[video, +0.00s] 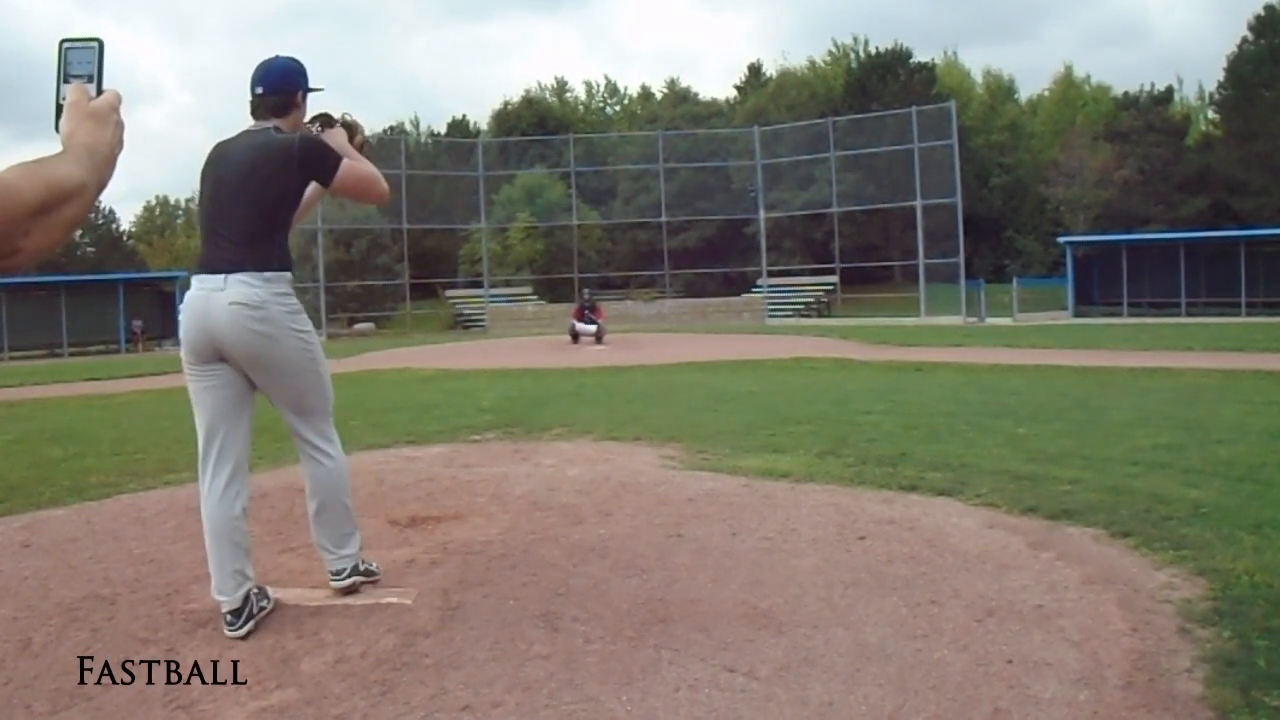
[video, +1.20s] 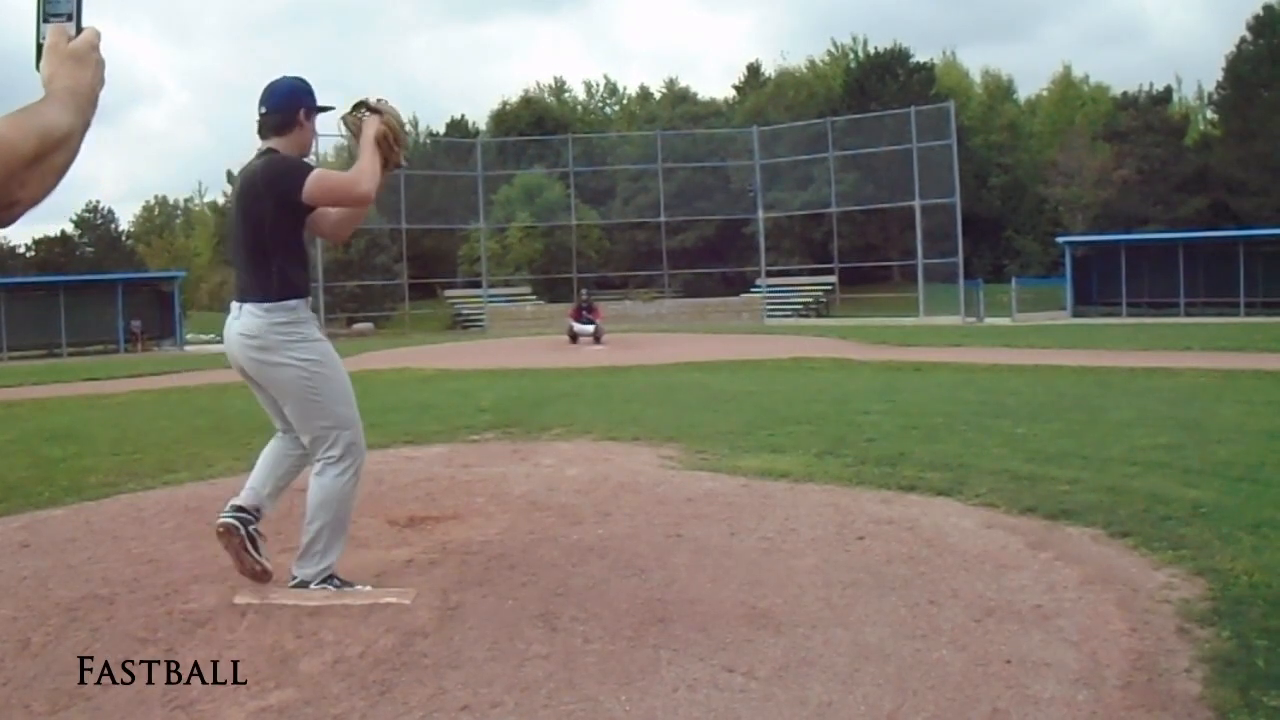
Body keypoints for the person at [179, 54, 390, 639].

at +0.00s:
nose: (306, 107)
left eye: (300, 98)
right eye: (306, 99)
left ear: (254, 102)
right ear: (300, 102)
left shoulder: (220, 153)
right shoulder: (300, 145)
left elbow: (274, 221)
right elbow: (377, 188)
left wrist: (320, 167)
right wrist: (344, 145)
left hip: (198, 302)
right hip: (261, 301)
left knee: (220, 462)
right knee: (317, 437)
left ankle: (236, 602)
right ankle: (344, 562)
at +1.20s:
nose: (317, 127)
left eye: (314, 118)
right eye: (314, 117)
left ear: (268, 122)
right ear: (301, 118)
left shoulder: (255, 176)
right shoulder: (277, 172)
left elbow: (335, 228)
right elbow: (362, 186)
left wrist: (376, 174)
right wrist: (368, 135)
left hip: (246, 331)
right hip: (282, 331)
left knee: (295, 434)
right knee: (341, 446)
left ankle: (243, 513)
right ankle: (314, 574)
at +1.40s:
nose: (322, 142)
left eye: (323, 133)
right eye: (319, 131)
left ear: (284, 125)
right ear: (301, 123)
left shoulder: (301, 179)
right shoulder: (246, 170)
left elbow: (366, 212)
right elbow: (312, 174)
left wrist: (380, 148)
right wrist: (349, 121)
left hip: (314, 320)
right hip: (277, 331)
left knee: (396, 371)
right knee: (341, 450)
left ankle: (349, 477)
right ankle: (312, 574)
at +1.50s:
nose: (319, 144)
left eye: (321, 137)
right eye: (314, 134)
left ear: (292, 138)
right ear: (294, 131)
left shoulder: (310, 182)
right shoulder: (236, 175)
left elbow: (377, 207)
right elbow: (281, 178)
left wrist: (367, 142)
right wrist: (326, 117)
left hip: (324, 316)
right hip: (277, 334)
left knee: (420, 329)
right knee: (344, 451)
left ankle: (420, 455)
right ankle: (312, 574)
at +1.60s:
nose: (331, 153)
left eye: (333, 142)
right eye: (322, 143)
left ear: (326, 148)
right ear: (292, 146)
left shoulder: (322, 189)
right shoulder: (240, 189)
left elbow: (385, 206)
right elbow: (263, 194)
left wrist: (357, 145)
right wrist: (302, 125)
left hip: (328, 313)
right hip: (285, 335)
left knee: (402, 284)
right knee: (348, 449)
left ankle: (445, 410)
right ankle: (314, 572)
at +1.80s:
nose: (310, 179)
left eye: (318, 170)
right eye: (303, 170)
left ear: (333, 175)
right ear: (289, 173)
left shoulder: (344, 209)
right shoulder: (259, 222)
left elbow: (419, 216)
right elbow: (241, 272)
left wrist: (357, 186)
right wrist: (281, 207)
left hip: (355, 330)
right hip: (308, 349)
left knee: (365, 257)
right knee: (353, 448)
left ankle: (399, 378)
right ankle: (320, 570)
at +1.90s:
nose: (345, 192)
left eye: (342, 183)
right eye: (338, 185)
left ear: (321, 191)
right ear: (317, 192)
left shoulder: (346, 226)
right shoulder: (266, 252)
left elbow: (401, 231)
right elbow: (234, 324)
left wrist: (405, 232)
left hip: (356, 345)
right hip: (313, 366)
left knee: (409, 307)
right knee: (359, 447)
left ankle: (422, 432)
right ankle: (321, 570)